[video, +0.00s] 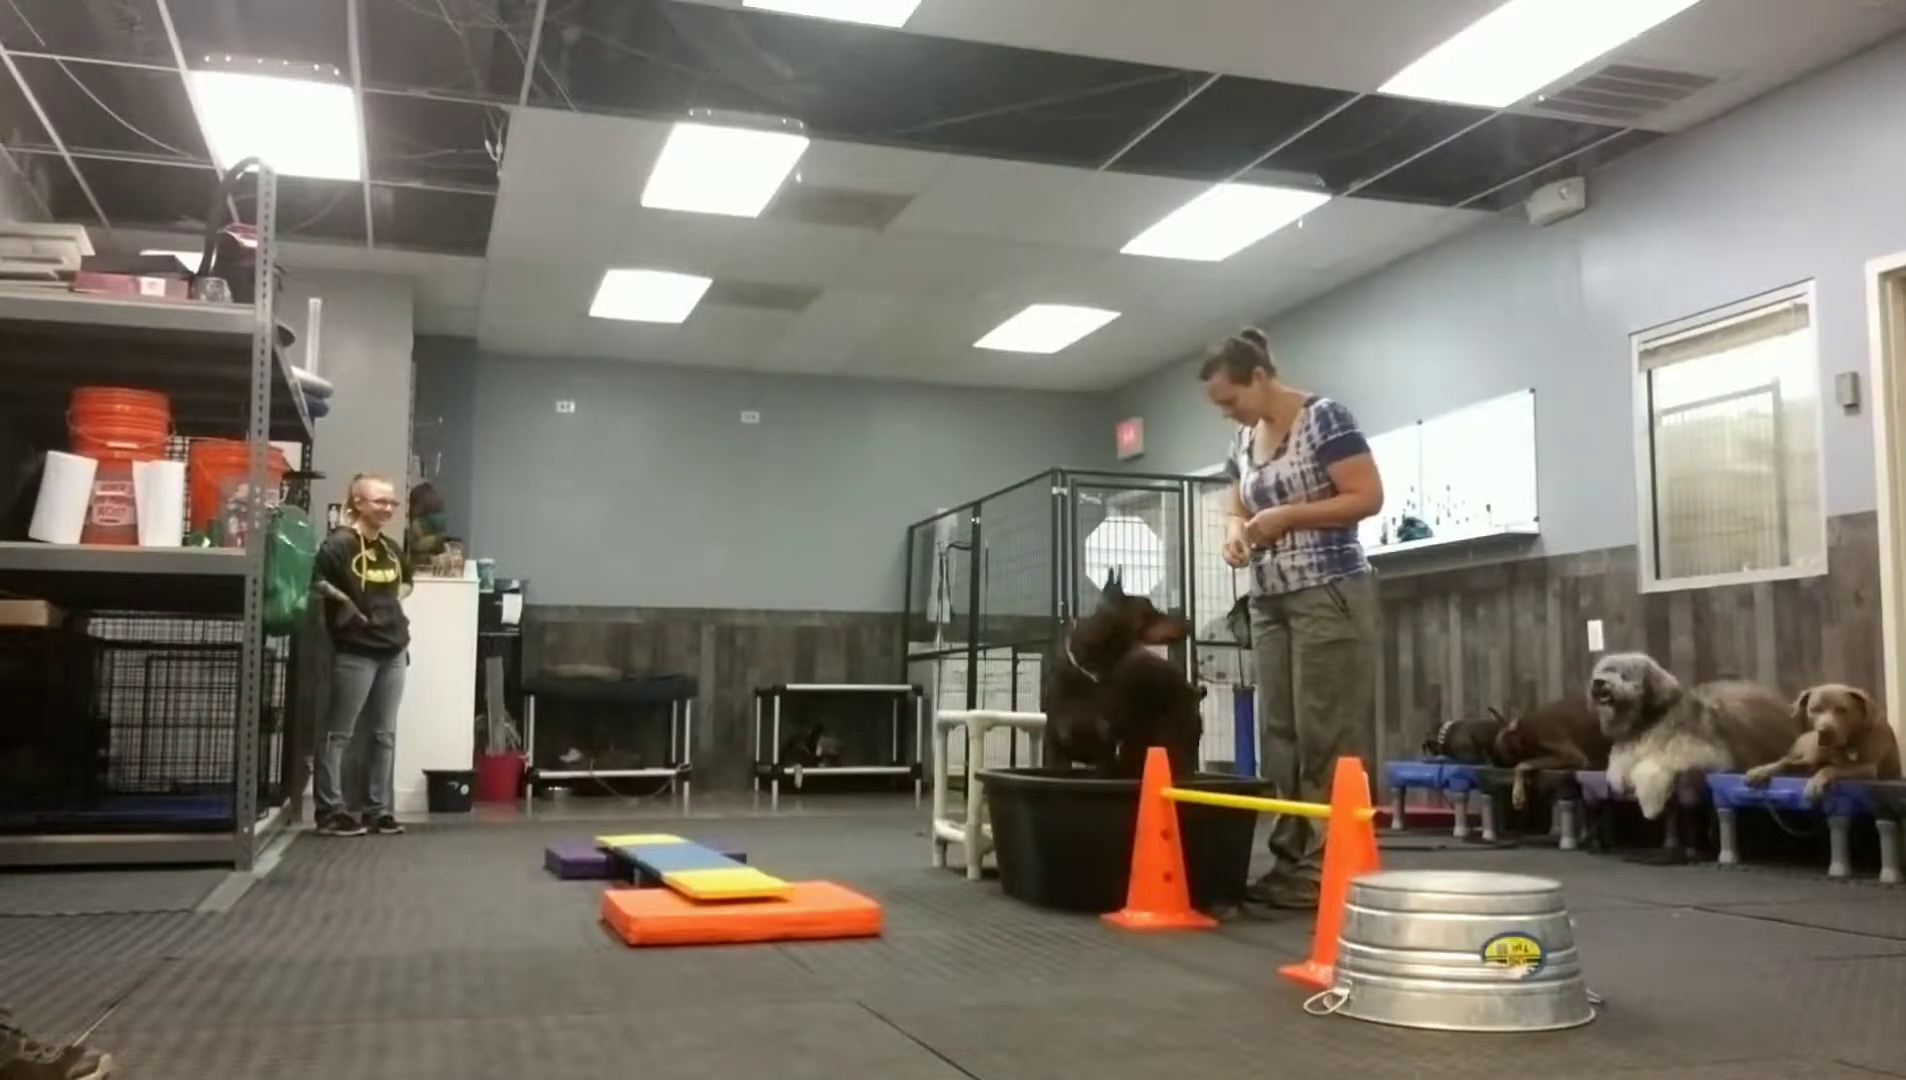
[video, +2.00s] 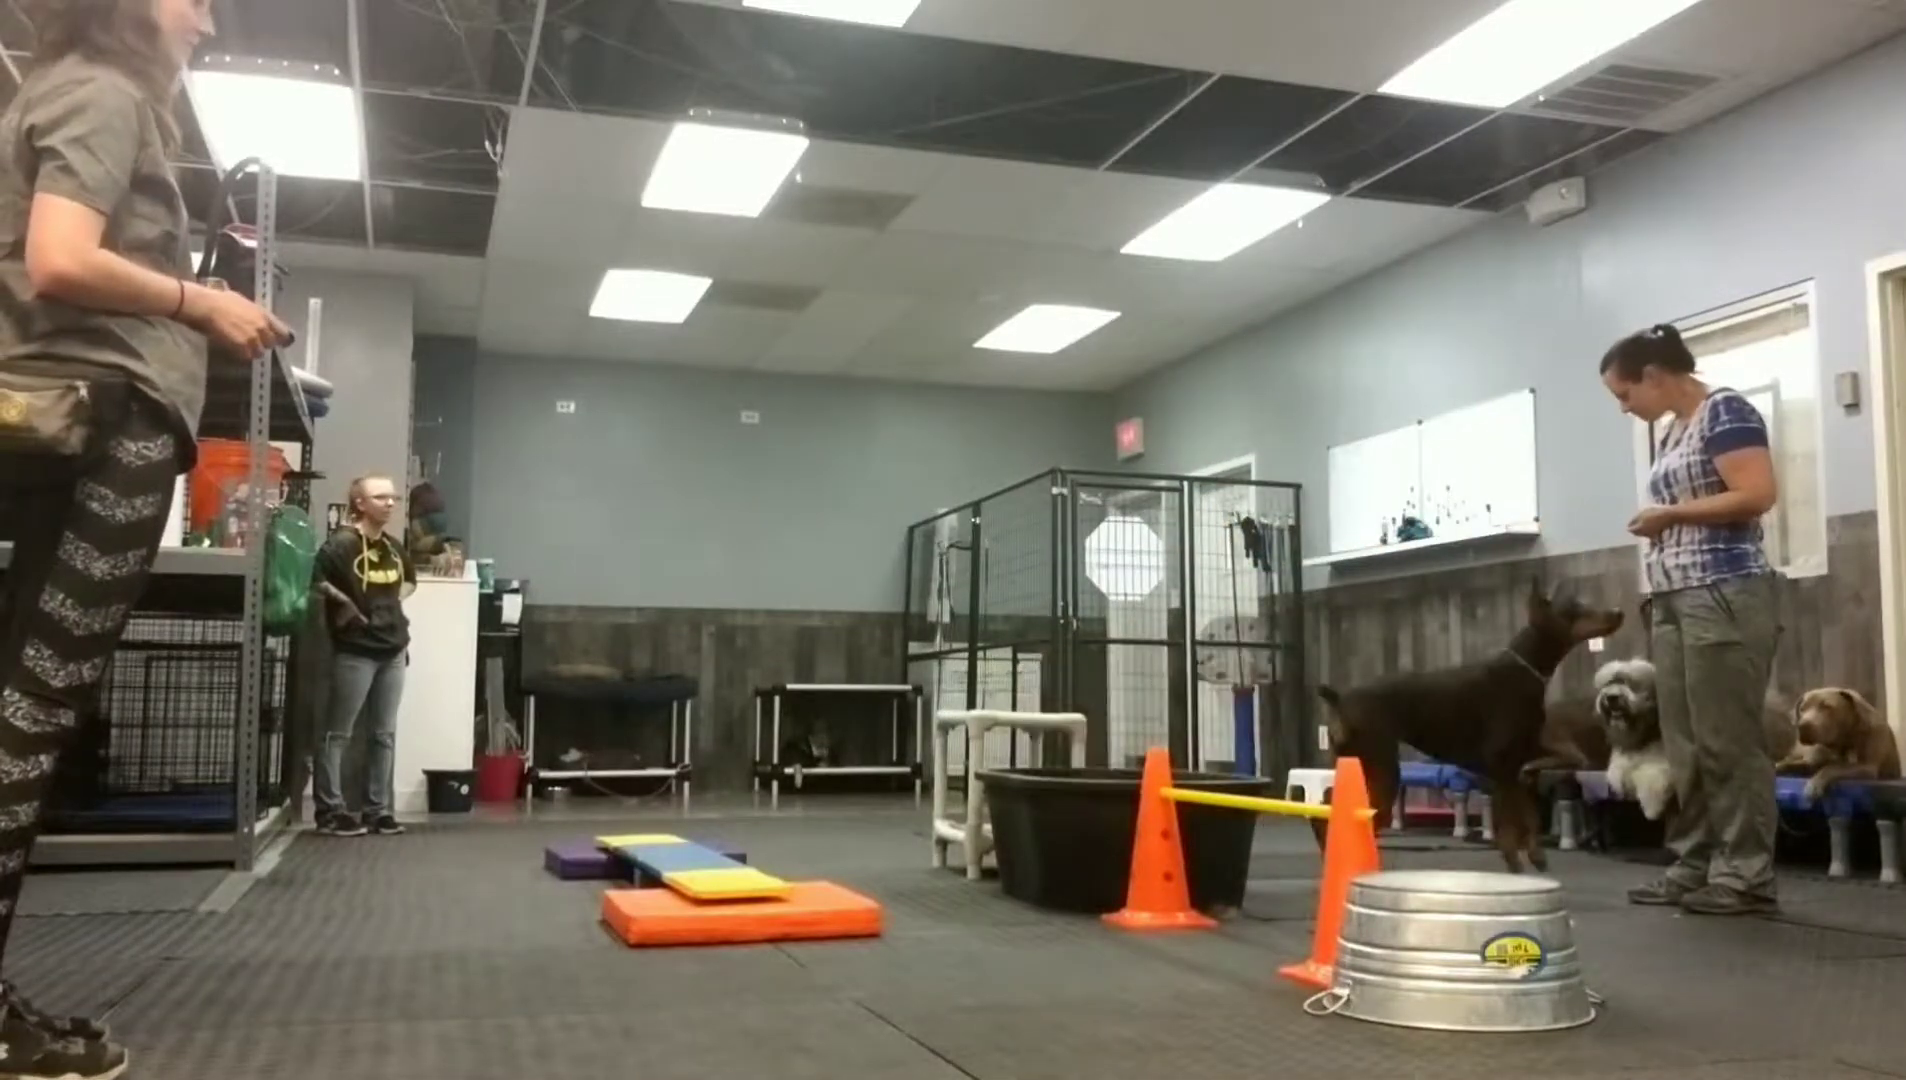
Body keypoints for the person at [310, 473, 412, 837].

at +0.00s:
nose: (389, 509)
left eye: (392, 503)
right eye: (381, 502)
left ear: (392, 507)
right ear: (358, 504)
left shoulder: (389, 547)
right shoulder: (338, 546)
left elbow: (403, 584)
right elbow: (317, 586)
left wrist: (394, 621)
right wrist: (347, 607)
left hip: (393, 649)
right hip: (355, 649)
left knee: (383, 734)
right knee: (338, 735)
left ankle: (377, 811)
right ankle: (330, 811)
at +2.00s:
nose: (390, 504)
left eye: (392, 498)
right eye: (381, 498)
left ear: (394, 504)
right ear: (359, 503)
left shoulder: (392, 546)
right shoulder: (340, 546)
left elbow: (406, 583)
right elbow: (316, 585)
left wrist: (396, 624)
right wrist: (347, 609)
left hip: (393, 649)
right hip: (355, 650)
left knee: (383, 734)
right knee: (339, 734)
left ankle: (378, 811)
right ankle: (330, 811)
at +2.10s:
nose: (390, 504)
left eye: (392, 498)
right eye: (381, 498)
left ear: (393, 503)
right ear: (359, 504)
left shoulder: (392, 546)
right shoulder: (340, 545)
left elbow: (408, 582)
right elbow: (316, 583)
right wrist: (346, 606)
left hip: (392, 649)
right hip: (355, 650)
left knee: (384, 734)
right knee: (339, 734)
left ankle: (378, 811)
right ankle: (329, 811)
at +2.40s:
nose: (389, 505)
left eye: (392, 499)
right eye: (381, 499)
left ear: (393, 504)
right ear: (359, 502)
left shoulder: (391, 546)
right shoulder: (340, 545)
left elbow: (406, 582)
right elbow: (315, 587)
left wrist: (394, 623)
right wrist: (347, 612)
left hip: (392, 649)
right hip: (355, 650)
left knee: (384, 735)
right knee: (339, 734)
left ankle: (377, 811)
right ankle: (330, 811)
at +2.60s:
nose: (388, 507)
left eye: (391, 501)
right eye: (380, 500)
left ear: (393, 505)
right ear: (358, 502)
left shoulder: (389, 546)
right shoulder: (338, 546)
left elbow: (408, 580)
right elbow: (317, 590)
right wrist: (348, 613)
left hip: (391, 651)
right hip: (354, 651)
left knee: (383, 735)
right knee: (338, 734)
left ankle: (377, 811)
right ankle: (330, 811)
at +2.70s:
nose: (388, 507)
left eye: (391, 501)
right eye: (380, 500)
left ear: (392, 505)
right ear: (358, 502)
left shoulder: (389, 546)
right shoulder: (338, 546)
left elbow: (407, 581)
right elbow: (317, 592)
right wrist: (349, 615)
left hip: (391, 650)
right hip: (354, 651)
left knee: (383, 735)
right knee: (338, 734)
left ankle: (377, 811)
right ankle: (330, 811)